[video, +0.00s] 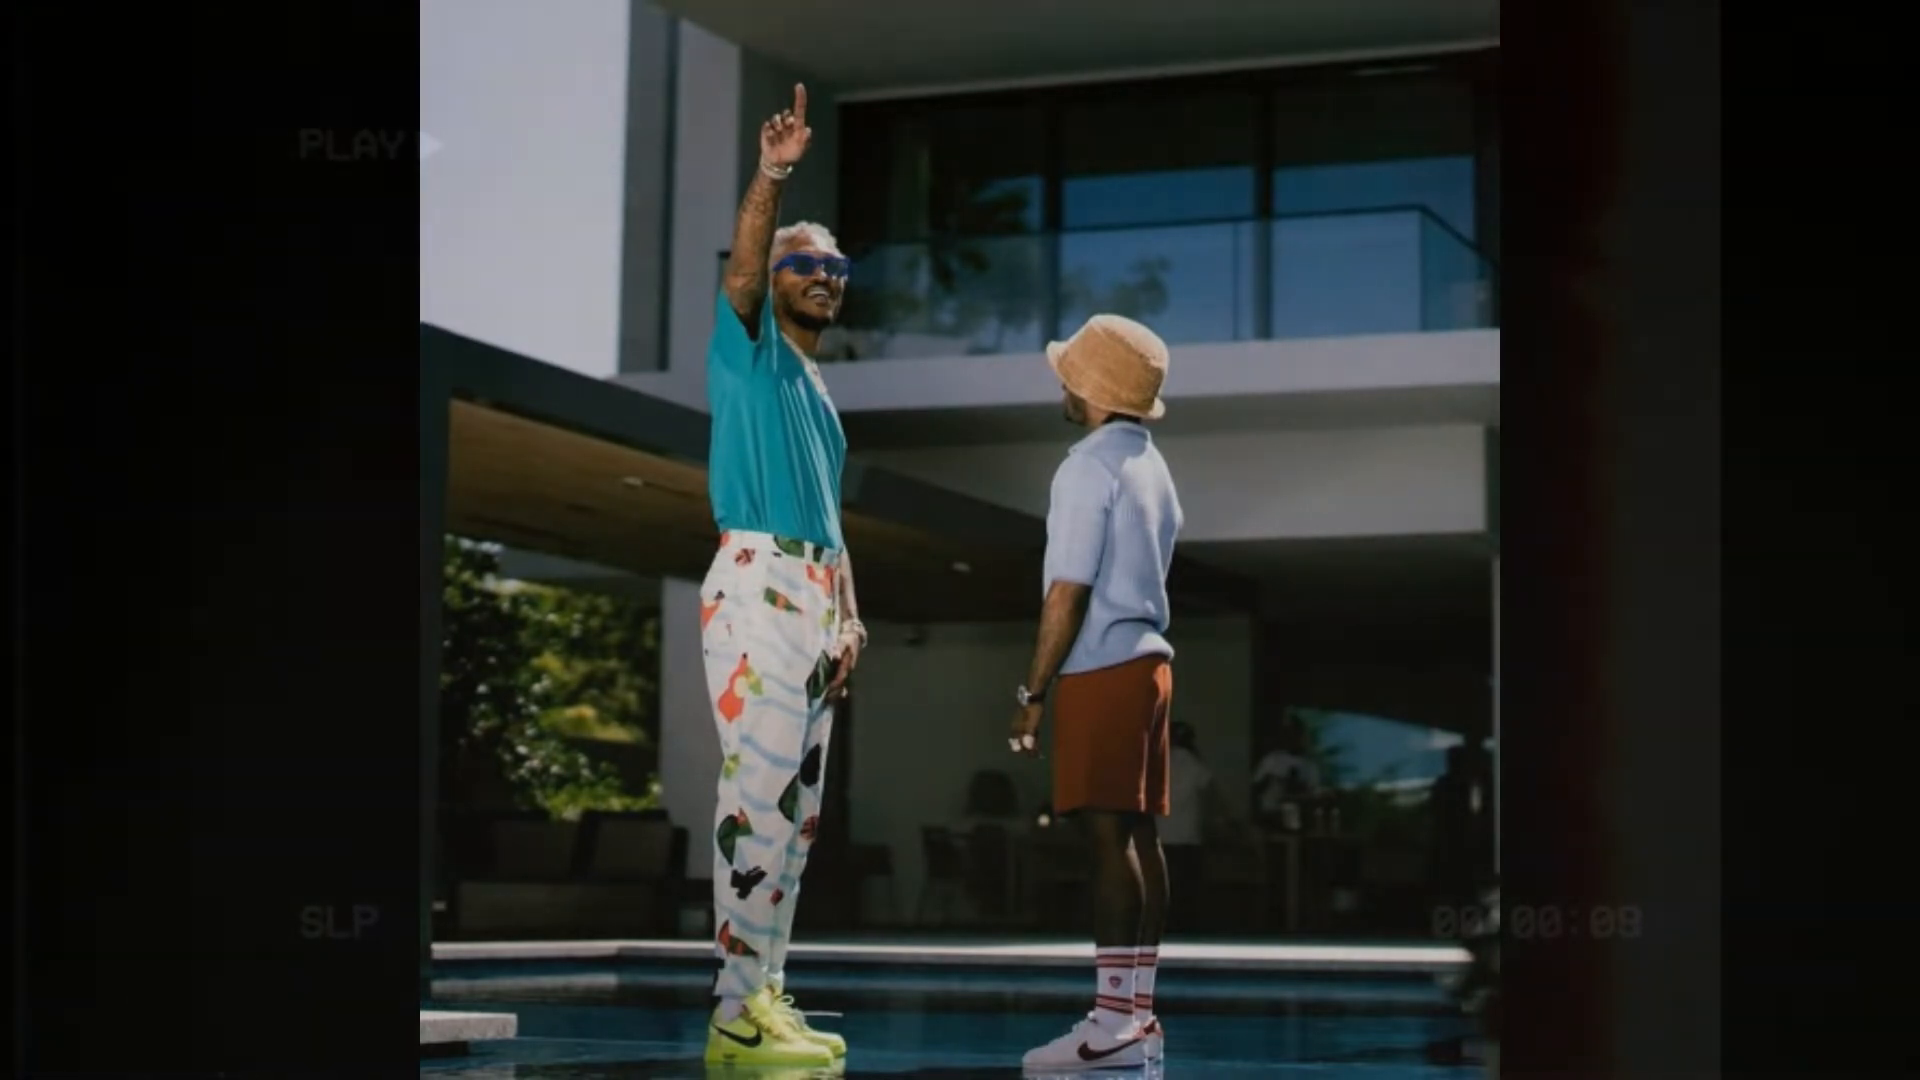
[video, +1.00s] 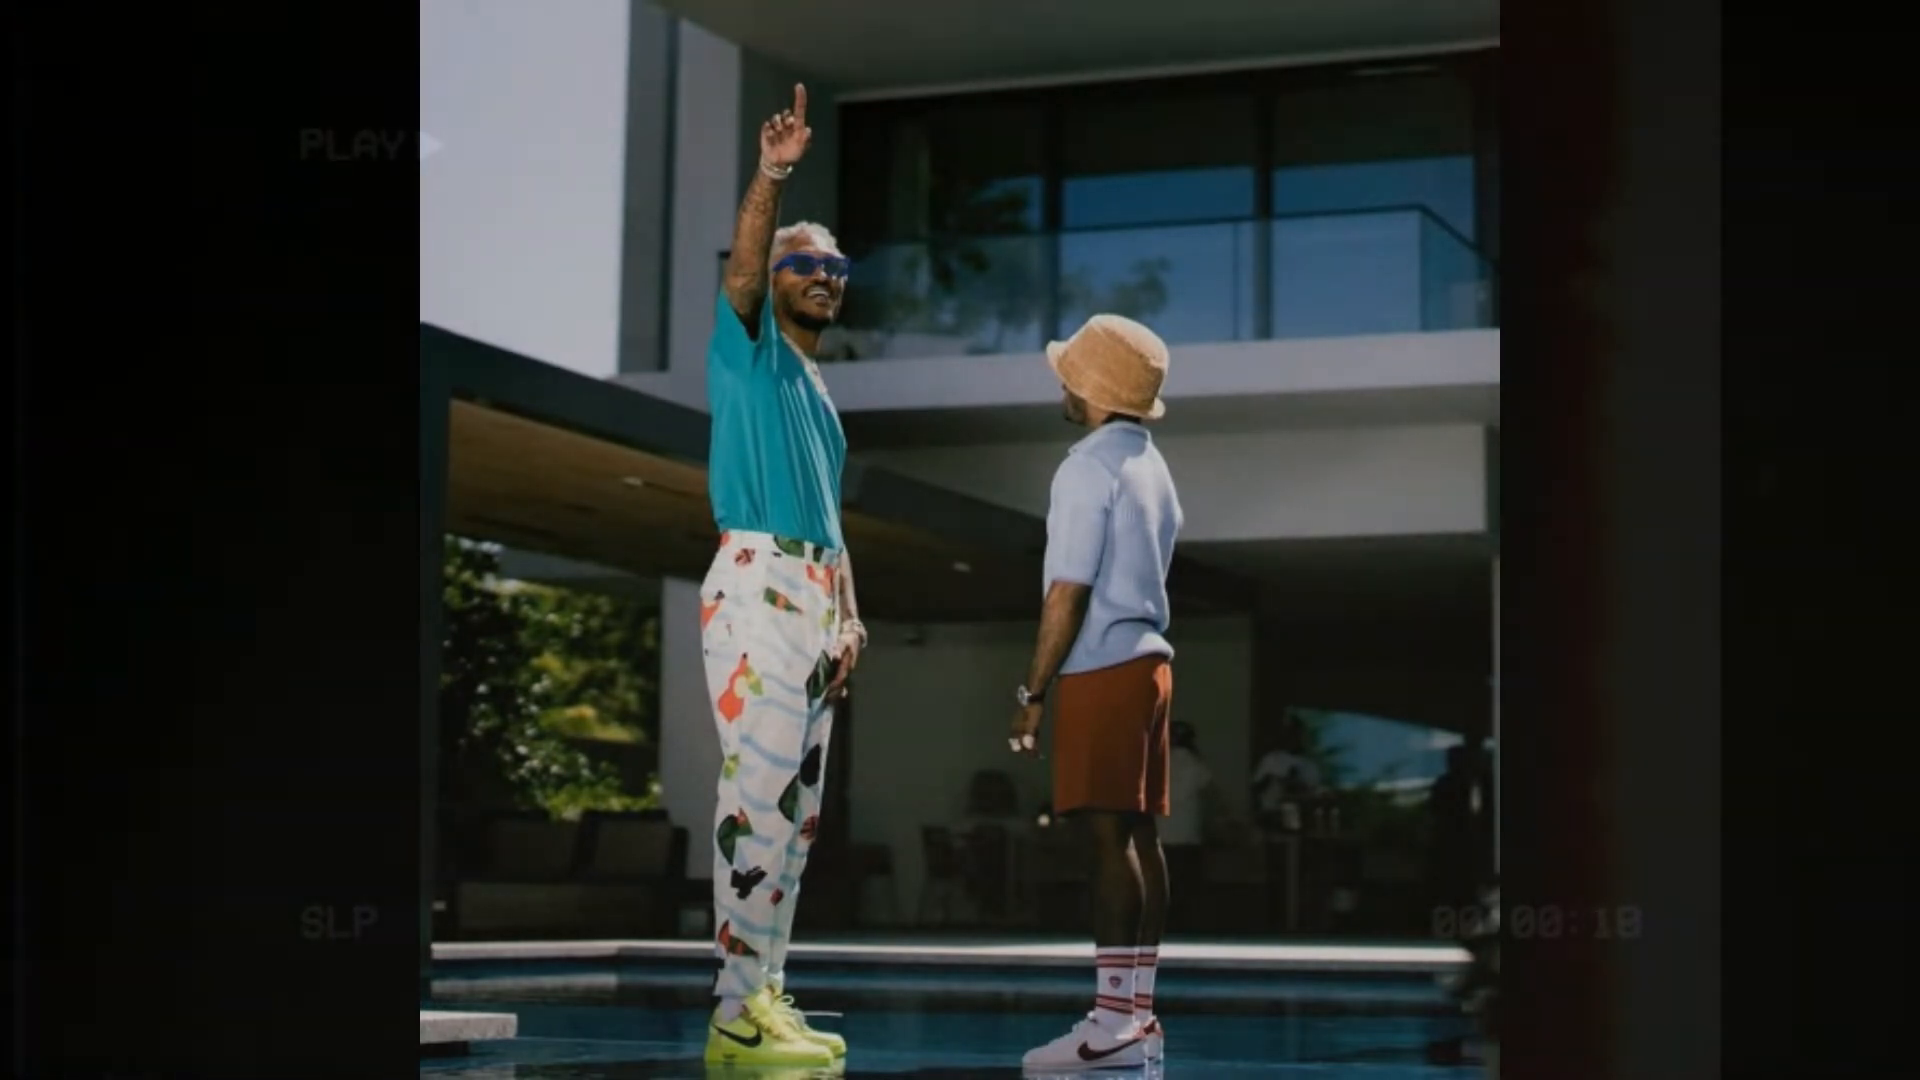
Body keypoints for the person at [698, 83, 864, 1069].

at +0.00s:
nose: (823, 283)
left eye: (834, 274)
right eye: (806, 268)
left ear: (841, 293)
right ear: (770, 278)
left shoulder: (818, 394)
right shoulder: (744, 343)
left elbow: (828, 520)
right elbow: (744, 268)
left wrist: (847, 612)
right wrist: (769, 174)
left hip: (814, 589)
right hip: (756, 581)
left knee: (794, 798)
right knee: (759, 791)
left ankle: (756, 1003)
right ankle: (746, 1003)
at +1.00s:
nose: (823, 283)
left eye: (834, 273)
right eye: (806, 268)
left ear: (841, 292)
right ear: (770, 277)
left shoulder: (818, 393)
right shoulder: (744, 342)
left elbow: (827, 519)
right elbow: (744, 267)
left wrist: (847, 612)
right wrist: (770, 173)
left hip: (814, 590)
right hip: (756, 582)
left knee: (794, 798)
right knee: (759, 791)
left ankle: (756, 1003)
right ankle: (747, 1003)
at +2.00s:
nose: (823, 282)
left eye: (834, 273)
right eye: (806, 268)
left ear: (841, 293)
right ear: (770, 278)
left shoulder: (818, 395)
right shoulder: (744, 343)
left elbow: (827, 520)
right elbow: (743, 268)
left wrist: (847, 613)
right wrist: (770, 173)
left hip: (814, 590)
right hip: (756, 582)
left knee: (794, 798)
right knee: (758, 791)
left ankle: (757, 1002)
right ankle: (746, 1003)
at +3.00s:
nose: (823, 284)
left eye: (834, 274)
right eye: (806, 268)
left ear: (841, 293)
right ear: (770, 278)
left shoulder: (817, 393)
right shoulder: (744, 343)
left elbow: (827, 519)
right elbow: (743, 269)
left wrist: (847, 613)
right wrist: (770, 174)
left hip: (814, 589)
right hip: (756, 581)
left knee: (794, 797)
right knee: (758, 790)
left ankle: (756, 1004)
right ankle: (748, 1001)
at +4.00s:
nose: (823, 283)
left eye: (834, 274)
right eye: (806, 268)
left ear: (841, 293)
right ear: (770, 278)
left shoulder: (817, 393)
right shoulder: (744, 343)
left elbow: (827, 519)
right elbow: (743, 268)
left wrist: (846, 612)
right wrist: (770, 174)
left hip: (814, 590)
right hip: (756, 582)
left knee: (793, 799)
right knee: (759, 791)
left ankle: (754, 1007)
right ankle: (748, 1004)